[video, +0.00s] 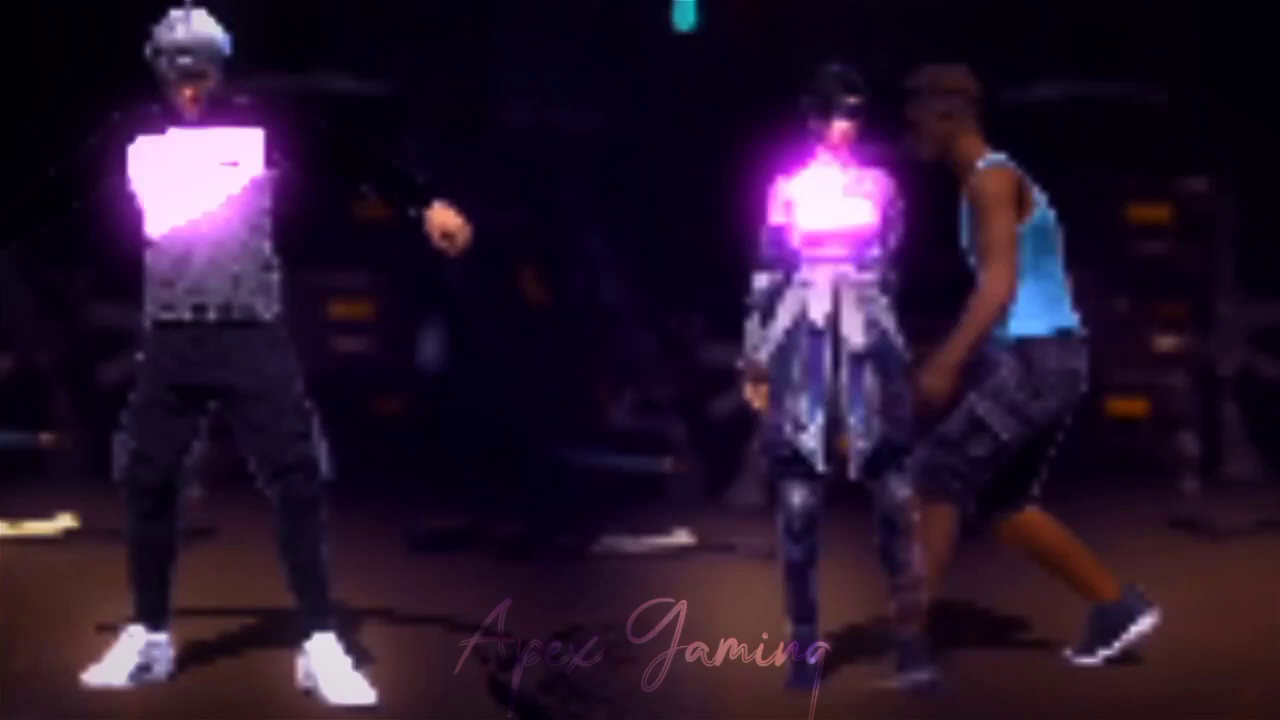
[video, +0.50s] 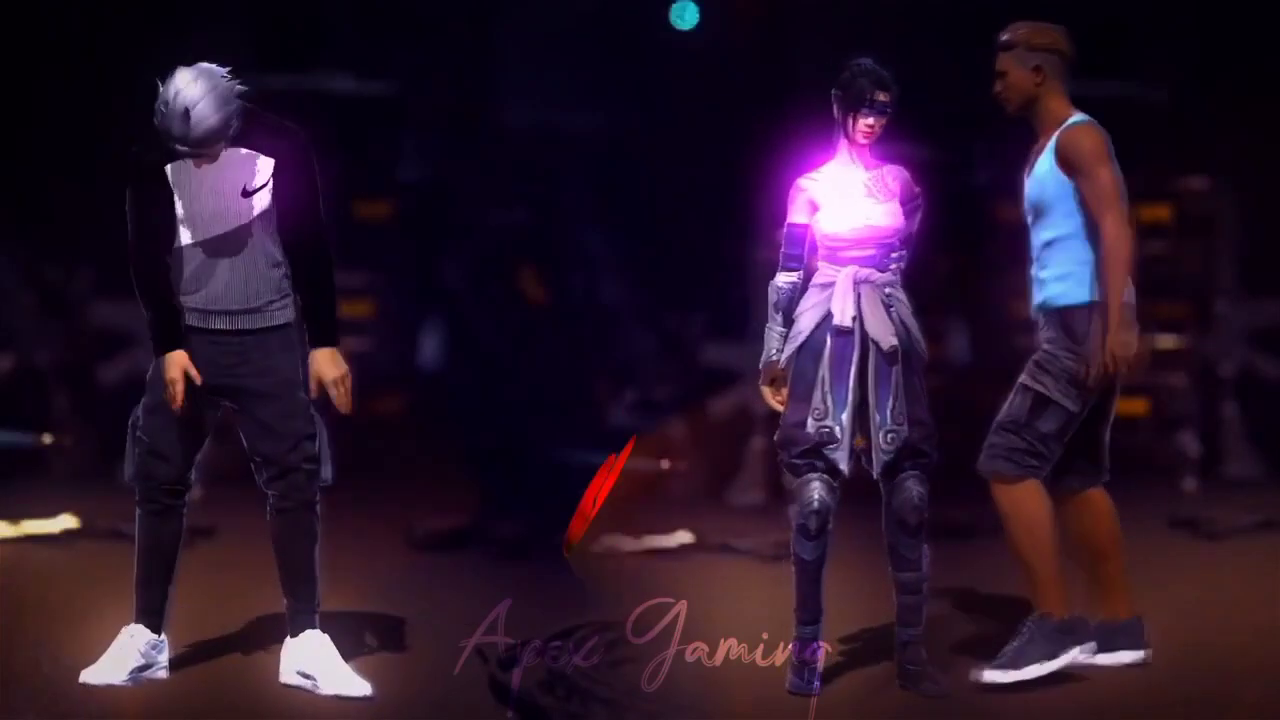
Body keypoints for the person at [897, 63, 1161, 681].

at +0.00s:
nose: (915, 137)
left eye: (920, 124)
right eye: (914, 125)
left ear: (949, 119)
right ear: (958, 120)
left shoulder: (992, 180)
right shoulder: (999, 177)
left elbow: (998, 285)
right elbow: (1005, 287)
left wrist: (945, 363)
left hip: (1036, 354)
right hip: (1050, 353)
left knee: (937, 477)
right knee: (1006, 502)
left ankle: (910, 636)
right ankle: (1115, 605)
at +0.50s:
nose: (997, 84)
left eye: (1004, 73)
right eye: (997, 74)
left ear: (1040, 74)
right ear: (1033, 76)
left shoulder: (1080, 136)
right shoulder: (1050, 144)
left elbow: (1113, 224)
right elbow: (1068, 239)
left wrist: (1118, 317)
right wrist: (1047, 319)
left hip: (1079, 323)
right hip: (1070, 321)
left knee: (1007, 463)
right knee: (1076, 476)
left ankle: (1054, 621)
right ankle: (1120, 623)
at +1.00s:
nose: (1085, 70)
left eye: (1095, 59)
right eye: (1086, 60)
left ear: (1133, 61)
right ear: (1123, 64)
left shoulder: (1170, 131)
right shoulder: (1120, 139)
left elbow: (1211, 223)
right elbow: (1124, 240)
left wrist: (1217, 322)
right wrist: (1107, 327)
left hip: (1153, 319)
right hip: (1117, 321)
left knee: (1152, 474)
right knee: (1122, 475)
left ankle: (1199, 634)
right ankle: (1121, 625)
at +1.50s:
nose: (1112, 68)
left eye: (1122, 58)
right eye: (1113, 58)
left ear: (1158, 62)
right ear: (1143, 64)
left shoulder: (1199, 135)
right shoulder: (1133, 139)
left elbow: (1234, 231)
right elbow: (1136, 239)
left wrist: (1230, 328)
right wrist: (1118, 320)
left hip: (1173, 320)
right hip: (1125, 322)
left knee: (1187, 477)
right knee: (1117, 471)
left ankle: (1215, 636)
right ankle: (1120, 623)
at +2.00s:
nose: (1113, 68)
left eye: (1122, 58)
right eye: (1113, 59)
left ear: (1159, 62)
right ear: (1143, 64)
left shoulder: (1200, 135)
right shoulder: (1133, 140)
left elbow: (1234, 233)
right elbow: (1136, 239)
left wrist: (1228, 328)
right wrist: (1118, 320)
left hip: (1173, 320)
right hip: (1125, 322)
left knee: (1189, 478)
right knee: (1118, 473)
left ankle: (1216, 636)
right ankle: (1120, 623)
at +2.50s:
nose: (1113, 68)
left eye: (1122, 58)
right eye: (1113, 58)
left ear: (1159, 62)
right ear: (1144, 64)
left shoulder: (1200, 135)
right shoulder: (1133, 140)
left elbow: (1234, 233)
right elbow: (1134, 240)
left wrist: (1227, 328)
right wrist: (1116, 323)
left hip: (1172, 320)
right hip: (1125, 322)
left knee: (1189, 476)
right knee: (1117, 471)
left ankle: (1216, 637)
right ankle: (1121, 623)